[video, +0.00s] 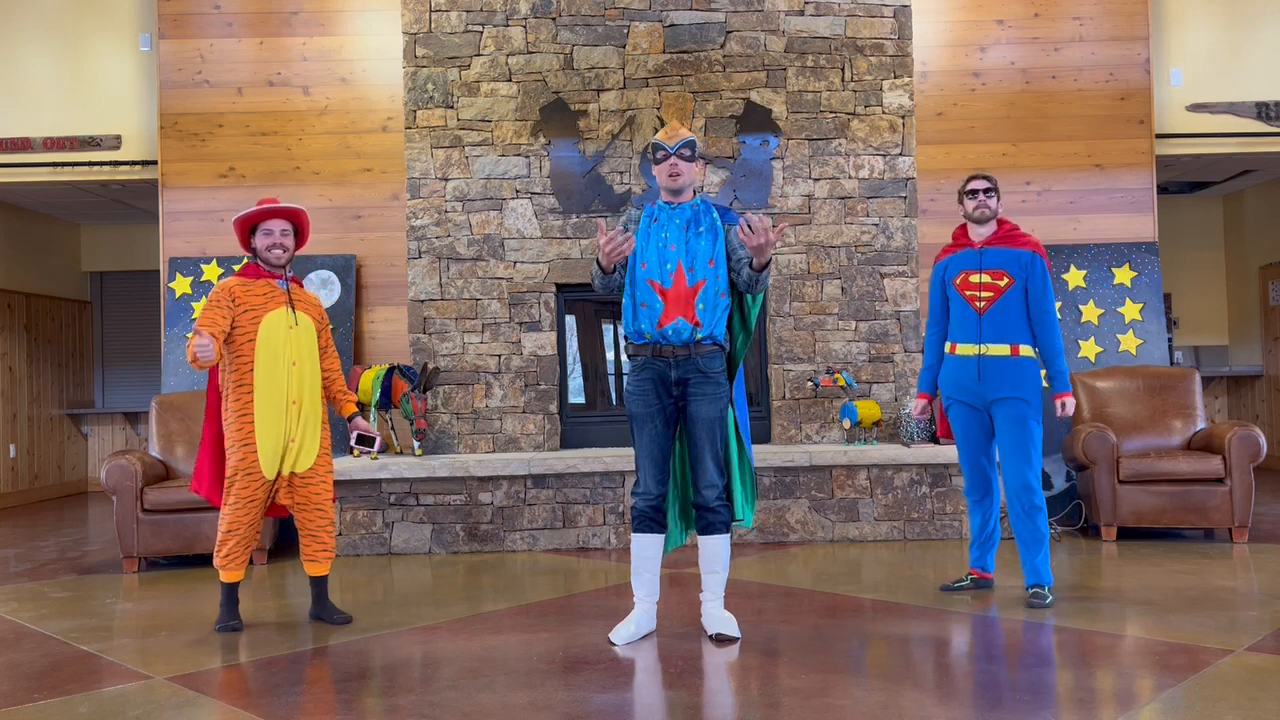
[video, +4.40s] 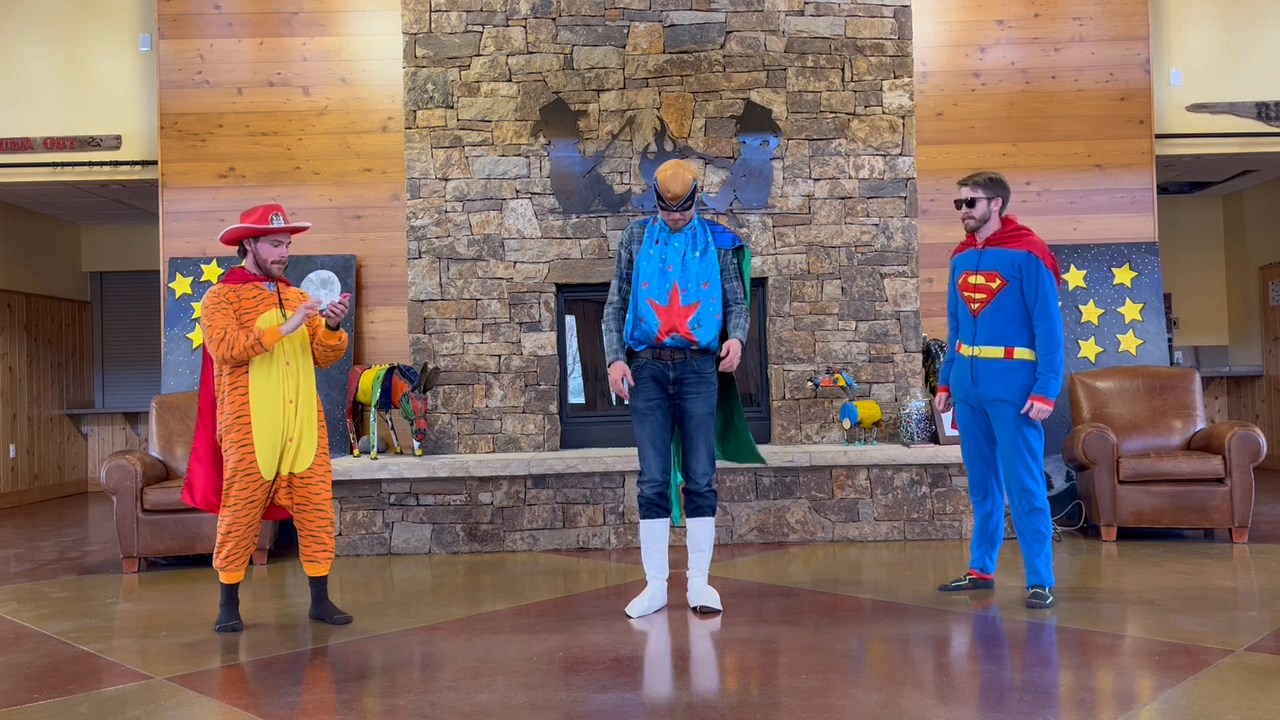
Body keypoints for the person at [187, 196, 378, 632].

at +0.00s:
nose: (278, 241)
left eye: (285, 234)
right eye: (268, 234)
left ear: (295, 243)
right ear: (252, 242)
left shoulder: (310, 302)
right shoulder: (232, 292)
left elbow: (329, 365)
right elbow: (205, 339)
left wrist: (351, 414)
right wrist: (202, 350)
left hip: (306, 422)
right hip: (250, 423)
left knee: (318, 503)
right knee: (242, 507)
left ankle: (321, 600)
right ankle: (229, 605)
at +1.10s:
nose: (286, 244)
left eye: (289, 237)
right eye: (275, 237)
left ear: (294, 242)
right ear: (252, 244)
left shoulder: (305, 301)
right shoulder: (227, 295)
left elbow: (323, 363)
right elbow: (199, 346)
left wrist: (347, 409)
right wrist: (180, 321)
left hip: (305, 421)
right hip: (250, 422)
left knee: (317, 500)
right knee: (244, 504)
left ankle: (321, 600)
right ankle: (229, 606)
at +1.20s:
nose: (289, 249)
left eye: (292, 240)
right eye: (279, 241)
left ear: (294, 243)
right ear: (254, 246)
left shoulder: (305, 300)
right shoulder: (229, 294)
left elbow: (328, 363)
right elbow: (201, 338)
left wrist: (355, 399)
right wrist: (205, 283)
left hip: (304, 422)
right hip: (250, 425)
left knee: (318, 504)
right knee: (243, 506)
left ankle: (321, 601)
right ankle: (229, 606)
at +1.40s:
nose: (291, 250)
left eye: (293, 243)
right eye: (283, 242)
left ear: (292, 248)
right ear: (257, 246)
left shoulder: (302, 300)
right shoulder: (225, 293)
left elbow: (327, 352)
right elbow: (227, 331)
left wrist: (361, 361)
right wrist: (266, 279)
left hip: (304, 425)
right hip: (248, 427)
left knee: (316, 503)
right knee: (242, 506)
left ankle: (321, 601)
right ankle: (229, 606)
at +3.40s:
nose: (283, 252)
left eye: (286, 244)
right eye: (274, 244)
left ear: (288, 247)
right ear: (249, 246)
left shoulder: (298, 298)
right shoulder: (221, 297)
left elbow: (325, 356)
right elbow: (231, 345)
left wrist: (333, 324)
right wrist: (291, 323)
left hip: (303, 420)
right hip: (249, 422)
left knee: (317, 502)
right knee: (242, 505)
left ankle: (320, 601)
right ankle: (229, 606)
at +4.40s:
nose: (286, 252)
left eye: (288, 244)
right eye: (276, 244)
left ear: (288, 247)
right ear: (251, 246)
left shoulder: (298, 298)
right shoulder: (221, 296)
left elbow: (324, 356)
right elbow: (225, 347)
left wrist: (334, 326)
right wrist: (285, 330)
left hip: (303, 419)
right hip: (249, 421)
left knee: (316, 500)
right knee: (242, 503)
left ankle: (320, 601)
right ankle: (229, 607)